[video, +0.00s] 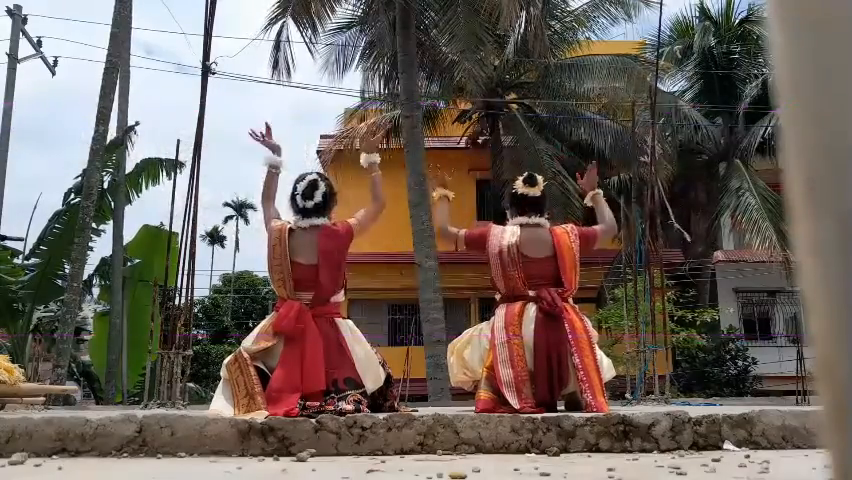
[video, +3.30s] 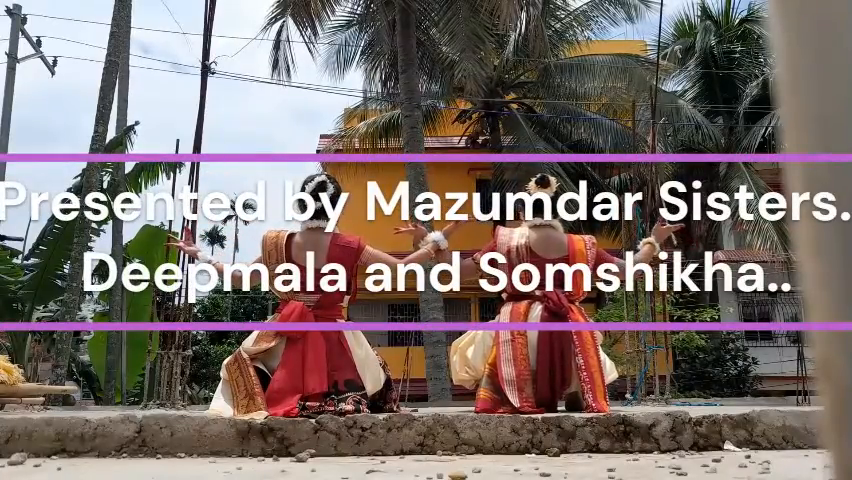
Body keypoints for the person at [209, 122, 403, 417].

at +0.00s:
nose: (335, 203)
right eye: (333, 199)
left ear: (294, 202)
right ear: (330, 203)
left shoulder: (279, 234)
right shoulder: (340, 235)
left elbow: (267, 201)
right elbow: (378, 205)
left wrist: (274, 158)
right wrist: (371, 161)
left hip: (288, 330)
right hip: (331, 331)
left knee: (240, 367)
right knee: (379, 386)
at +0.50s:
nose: (337, 203)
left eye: (335, 197)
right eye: (335, 198)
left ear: (297, 203)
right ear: (332, 203)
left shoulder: (277, 234)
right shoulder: (342, 235)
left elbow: (255, 207)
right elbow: (391, 213)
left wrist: (249, 175)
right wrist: (407, 183)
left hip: (287, 333)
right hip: (331, 333)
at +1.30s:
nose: (337, 205)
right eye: (337, 200)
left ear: (301, 203)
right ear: (336, 205)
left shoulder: (277, 237)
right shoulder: (349, 242)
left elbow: (241, 237)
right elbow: (404, 243)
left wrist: (228, 209)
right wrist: (432, 213)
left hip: (288, 337)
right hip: (335, 337)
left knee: (241, 364)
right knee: (377, 388)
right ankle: (343, 398)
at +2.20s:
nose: (330, 209)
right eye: (334, 203)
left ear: (299, 205)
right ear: (336, 206)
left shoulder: (277, 243)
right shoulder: (350, 246)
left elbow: (234, 267)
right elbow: (401, 266)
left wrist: (202, 243)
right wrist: (431, 247)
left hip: (287, 350)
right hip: (337, 350)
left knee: (238, 364)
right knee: (377, 392)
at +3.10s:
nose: (337, 207)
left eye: (318, 201)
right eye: (337, 201)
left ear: (300, 204)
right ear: (337, 207)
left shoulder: (276, 245)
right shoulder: (349, 248)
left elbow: (246, 280)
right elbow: (402, 267)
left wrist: (200, 256)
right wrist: (431, 247)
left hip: (289, 350)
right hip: (336, 349)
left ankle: (289, 392)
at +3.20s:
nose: (334, 207)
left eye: (315, 200)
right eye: (336, 201)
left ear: (300, 203)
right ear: (337, 206)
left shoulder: (275, 244)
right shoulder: (348, 248)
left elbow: (247, 281)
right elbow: (402, 267)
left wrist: (200, 256)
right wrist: (431, 248)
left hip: (288, 350)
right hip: (336, 350)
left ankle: (290, 392)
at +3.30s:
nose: (338, 207)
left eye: (331, 201)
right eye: (338, 202)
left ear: (300, 205)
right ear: (337, 206)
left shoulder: (276, 244)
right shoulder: (349, 247)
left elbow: (241, 280)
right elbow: (402, 265)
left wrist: (200, 254)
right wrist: (432, 246)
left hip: (287, 343)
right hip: (333, 344)